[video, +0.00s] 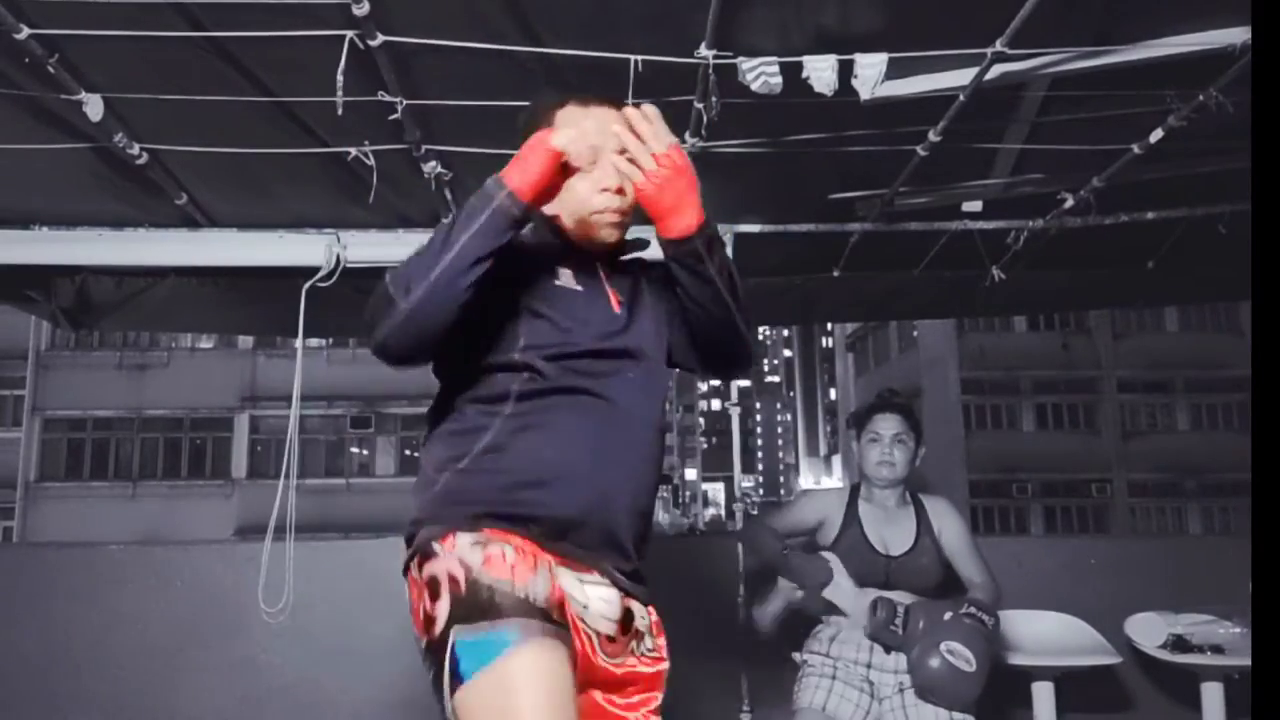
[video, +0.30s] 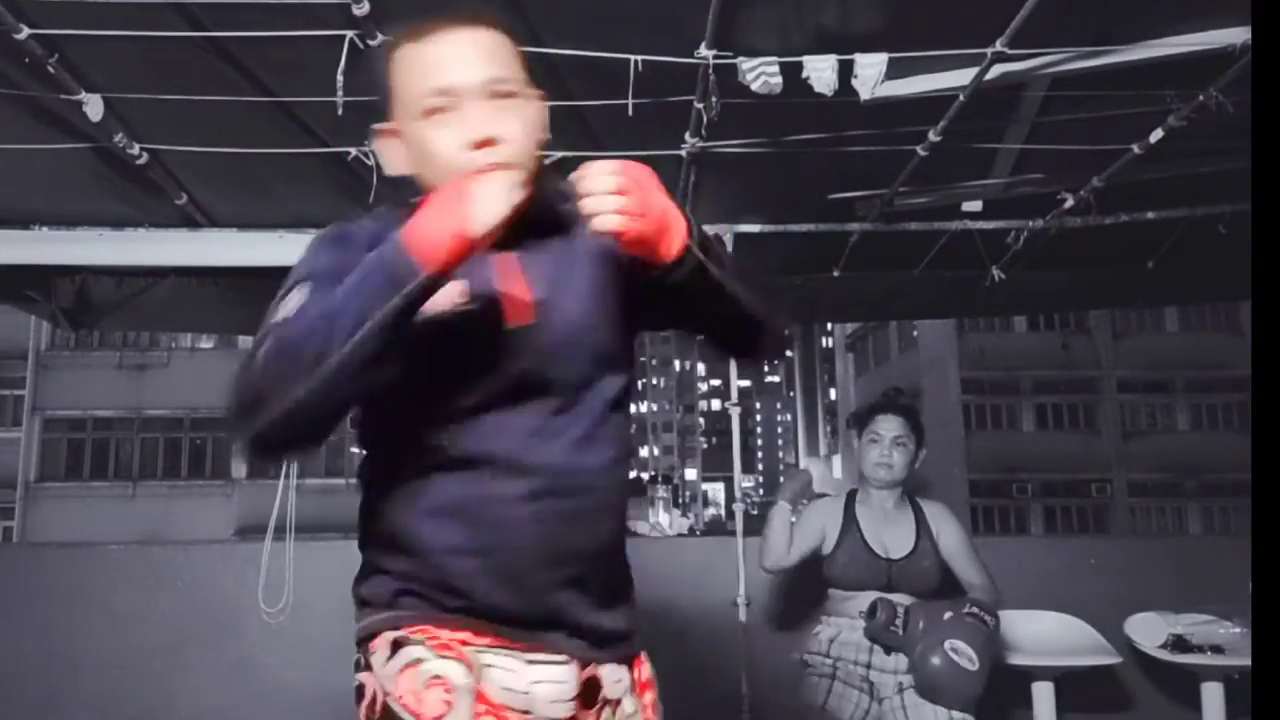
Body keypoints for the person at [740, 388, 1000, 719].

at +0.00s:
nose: (886, 450)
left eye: (899, 440)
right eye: (874, 439)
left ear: (917, 454)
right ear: (857, 450)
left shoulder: (938, 513)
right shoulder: (828, 506)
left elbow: (984, 587)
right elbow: (756, 530)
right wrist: (792, 563)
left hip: (921, 671)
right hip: (837, 667)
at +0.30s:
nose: (885, 452)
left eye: (899, 443)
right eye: (873, 440)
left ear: (917, 457)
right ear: (856, 450)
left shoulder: (935, 516)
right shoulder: (827, 512)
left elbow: (981, 587)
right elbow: (774, 560)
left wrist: (974, 619)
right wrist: (787, 495)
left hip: (920, 668)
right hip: (842, 664)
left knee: (939, 714)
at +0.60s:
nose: (885, 452)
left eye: (896, 442)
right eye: (871, 442)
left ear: (912, 452)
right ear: (852, 451)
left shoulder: (932, 514)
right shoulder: (831, 512)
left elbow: (982, 588)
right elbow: (763, 557)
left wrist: (966, 620)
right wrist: (812, 520)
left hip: (919, 667)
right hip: (839, 664)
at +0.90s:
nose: (884, 450)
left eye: (898, 443)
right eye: (873, 439)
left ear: (913, 458)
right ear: (853, 446)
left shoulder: (933, 515)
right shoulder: (826, 513)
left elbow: (981, 585)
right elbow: (795, 581)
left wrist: (971, 616)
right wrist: (785, 510)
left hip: (920, 666)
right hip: (840, 663)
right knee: (828, 712)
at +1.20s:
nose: (887, 451)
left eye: (900, 442)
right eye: (875, 440)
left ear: (914, 457)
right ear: (855, 450)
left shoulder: (934, 517)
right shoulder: (830, 509)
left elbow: (984, 587)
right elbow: (761, 561)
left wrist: (976, 611)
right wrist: (771, 536)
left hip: (921, 664)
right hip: (839, 661)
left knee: (938, 715)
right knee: (823, 711)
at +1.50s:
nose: (886, 451)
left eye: (900, 443)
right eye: (875, 440)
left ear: (913, 458)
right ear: (854, 448)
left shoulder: (935, 518)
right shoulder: (826, 514)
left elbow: (984, 587)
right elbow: (786, 575)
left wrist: (978, 614)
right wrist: (776, 508)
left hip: (920, 666)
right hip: (842, 662)